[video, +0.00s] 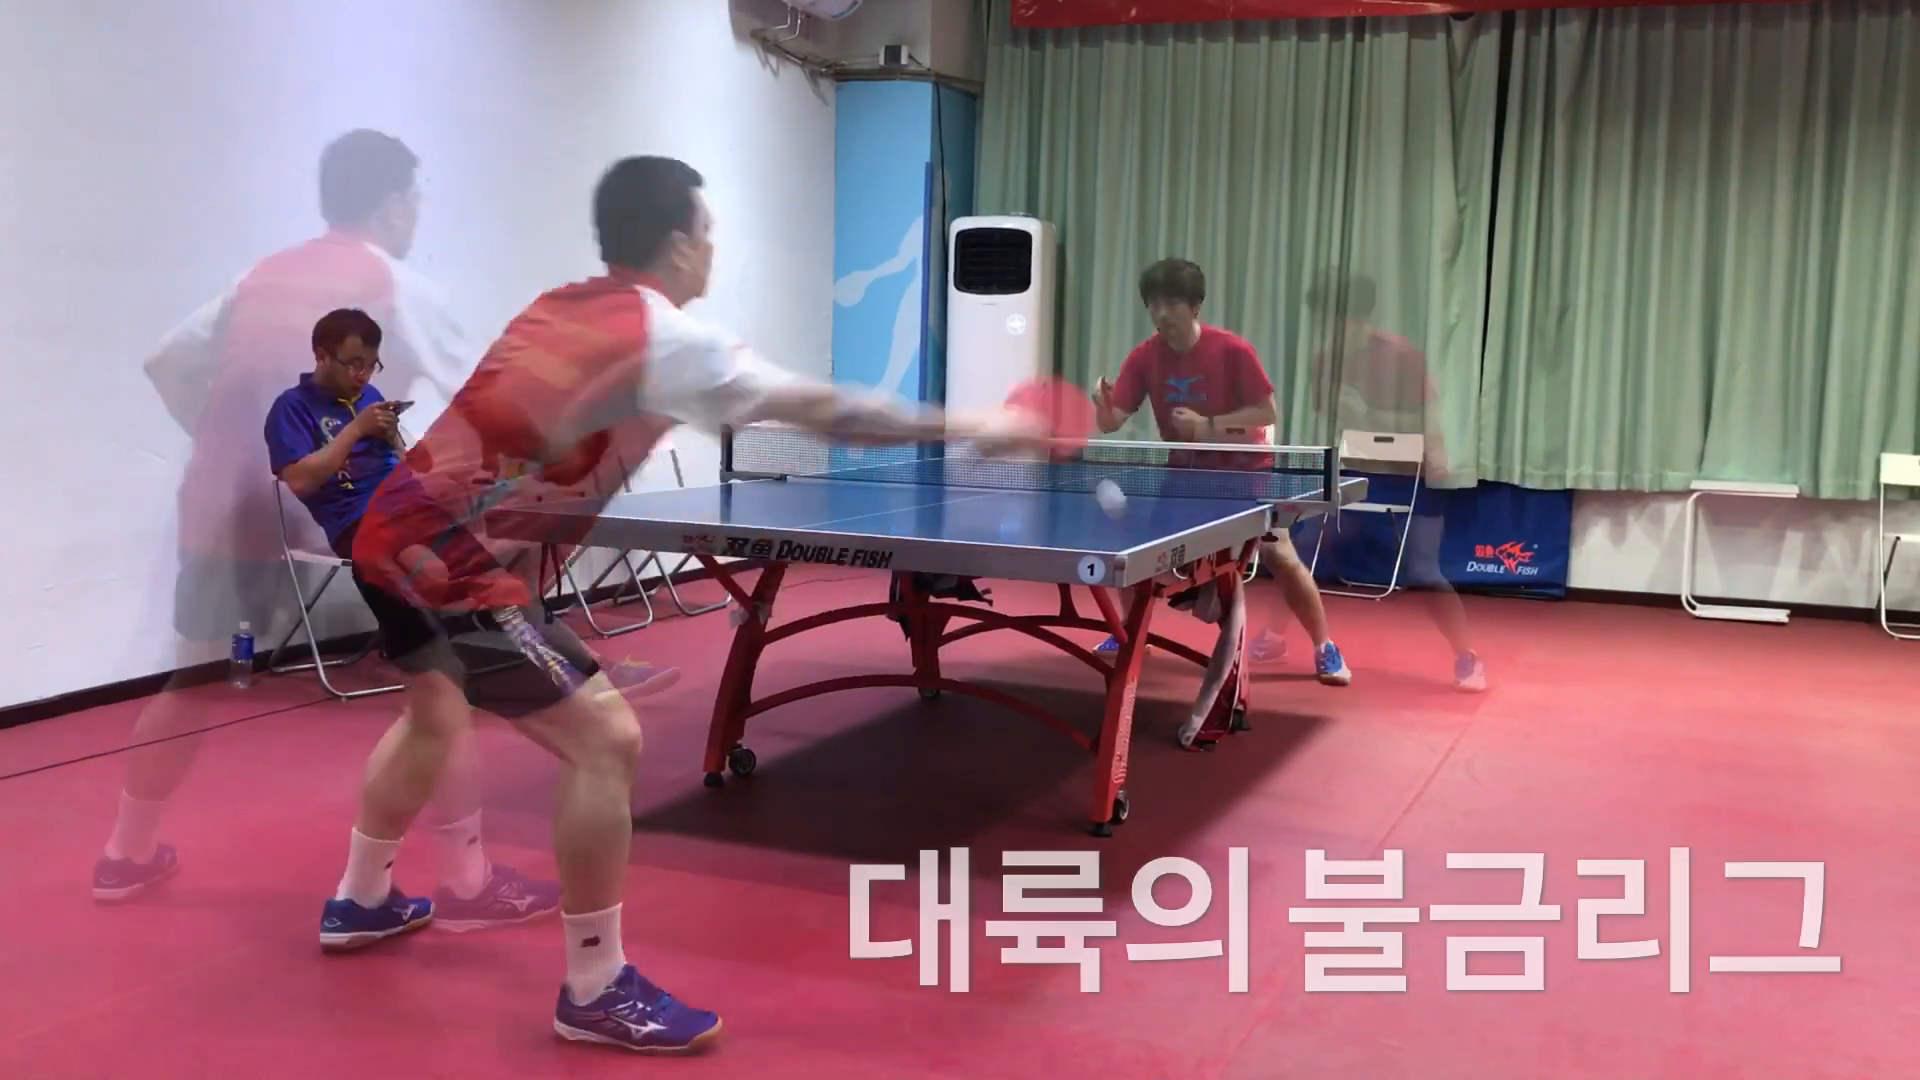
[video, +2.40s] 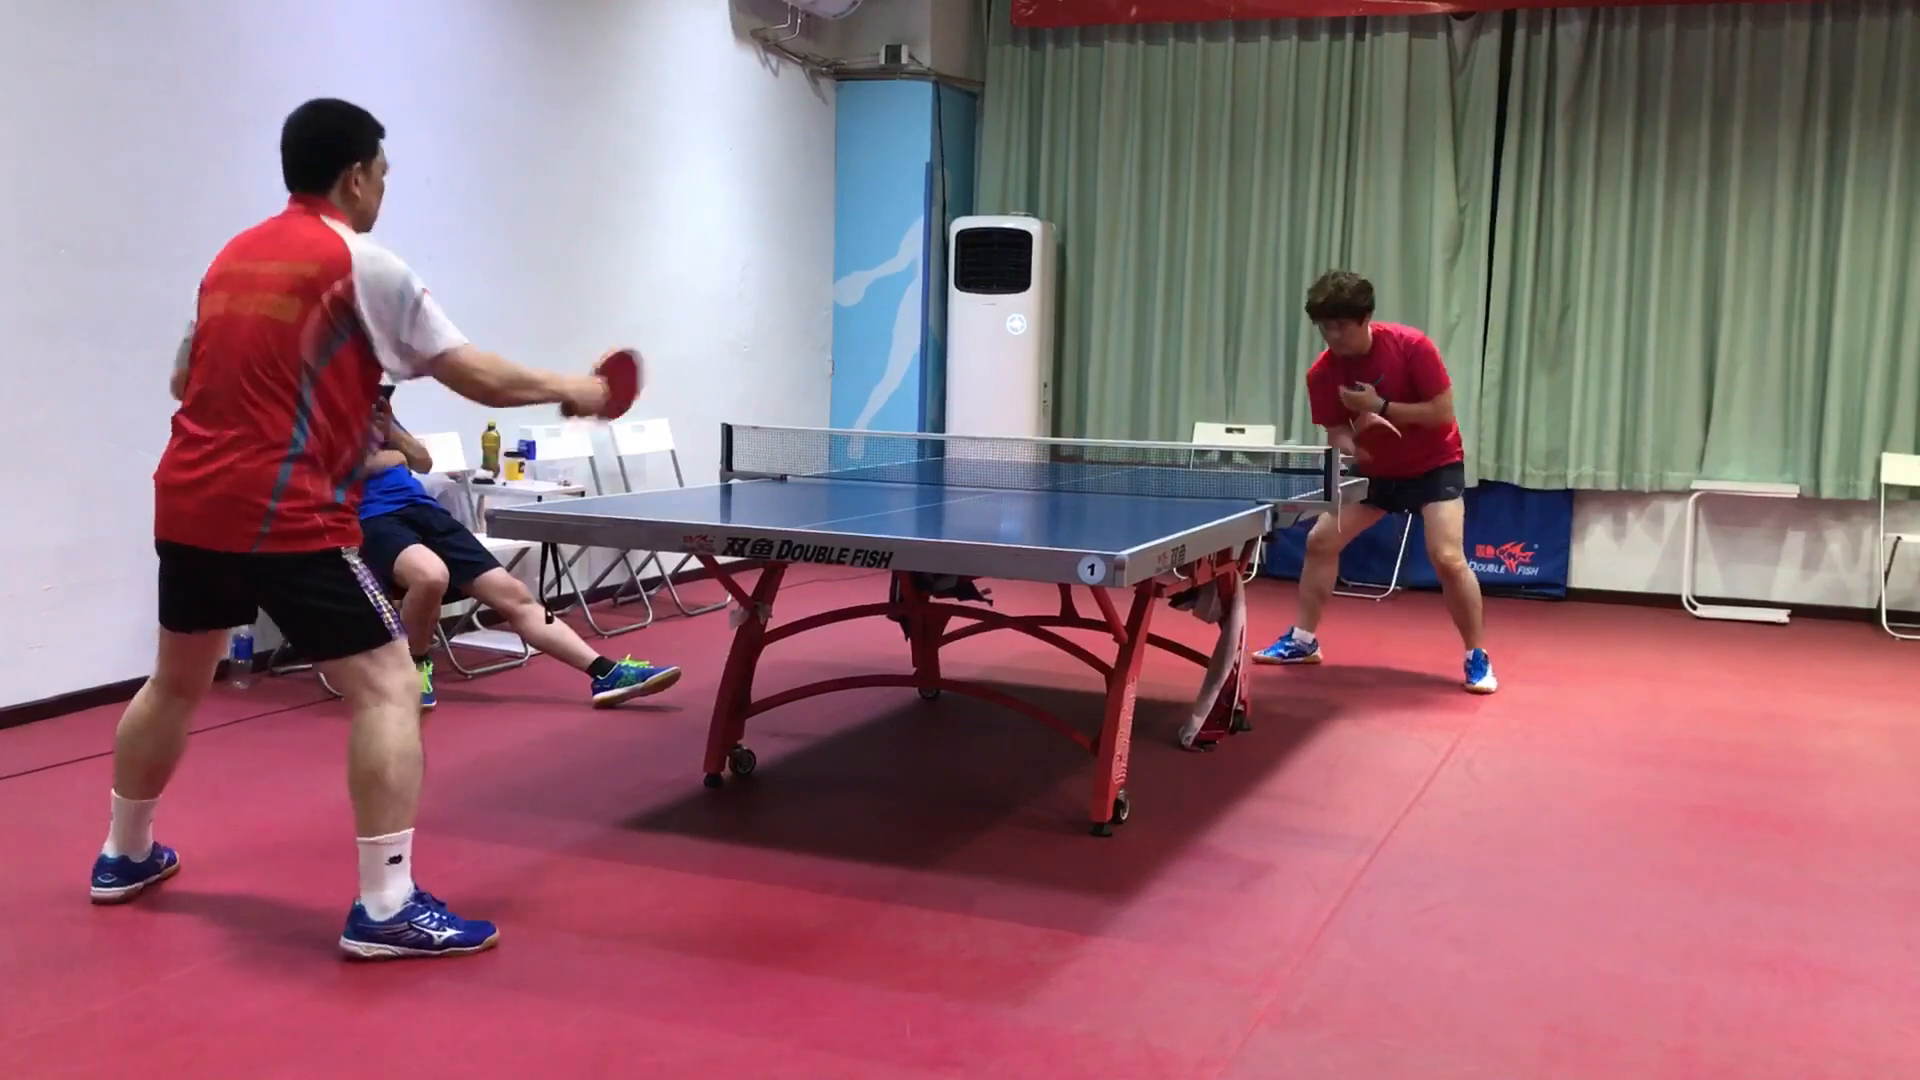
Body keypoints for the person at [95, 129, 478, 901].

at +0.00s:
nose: (419, 211)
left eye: (416, 196)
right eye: (413, 196)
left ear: (330, 199)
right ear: (390, 203)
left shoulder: (264, 276)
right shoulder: (395, 287)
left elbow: (168, 362)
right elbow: (472, 391)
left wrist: (230, 444)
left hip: (220, 505)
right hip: (337, 512)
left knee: (197, 672)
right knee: (437, 673)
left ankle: (127, 854)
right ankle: (466, 874)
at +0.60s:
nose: (435, 260)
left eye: (435, 245)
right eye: (433, 245)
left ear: (346, 244)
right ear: (409, 251)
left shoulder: (275, 300)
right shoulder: (410, 342)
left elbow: (179, 389)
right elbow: (535, 429)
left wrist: (265, 442)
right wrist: (604, 411)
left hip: (166, 542)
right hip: (271, 563)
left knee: (191, 685)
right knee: (416, 694)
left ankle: (127, 853)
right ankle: (384, 908)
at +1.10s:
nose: (414, 224)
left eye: (413, 208)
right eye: (412, 209)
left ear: (329, 207)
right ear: (386, 211)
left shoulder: (266, 275)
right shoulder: (367, 294)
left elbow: (278, 438)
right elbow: (427, 431)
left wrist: (392, 457)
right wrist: (488, 459)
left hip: (165, 521)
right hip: (256, 534)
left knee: (192, 680)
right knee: (375, 691)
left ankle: (126, 853)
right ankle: (370, 914)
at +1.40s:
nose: (418, 229)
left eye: (417, 215)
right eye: (418, 215)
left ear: (331, 209)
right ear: (400, 217)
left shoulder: (257, 274)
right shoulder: (408, 312)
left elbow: (173, 380)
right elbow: (523, 392)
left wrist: (276, 397)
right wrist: (592, 387)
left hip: (165, 515)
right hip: (277, 533)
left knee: (169, 682)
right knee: (387, 692)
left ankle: (125, 849)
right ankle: (372, 911)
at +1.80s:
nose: (402, 214)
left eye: (401, 198)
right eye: (399, 198)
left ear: (313, 199)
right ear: (371, 200)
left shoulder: (247, 268)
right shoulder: (364, 278)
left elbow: (244, 411)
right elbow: (436, 404)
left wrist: (350, 453)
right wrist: (507, 436)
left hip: (173, 511)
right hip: (269, 522)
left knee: (192, 676)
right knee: (373, 687)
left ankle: (127, 850)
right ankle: (384, 908)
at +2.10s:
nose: (430, 229)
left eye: (428, 214)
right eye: (428, 214)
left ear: (344, 211)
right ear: (407, 217)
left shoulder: (269, 274)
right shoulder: (409, 309)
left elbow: (184, 380)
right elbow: (515, 422)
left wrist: (299, 404)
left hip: (179, 519)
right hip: (284, 535)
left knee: (181, 680)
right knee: (404, 689)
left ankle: (125, 851)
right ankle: (386, 908)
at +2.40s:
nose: (385, 184)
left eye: (382, 169)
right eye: (380, 170)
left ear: (298, 177)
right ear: (354, 176)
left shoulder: (233, 256)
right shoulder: (366, 267)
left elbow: (186, 383)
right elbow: (465, 373)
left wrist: (304, 415)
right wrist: (571, 387)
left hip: (190, 511)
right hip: (292, 518)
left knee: (174, 684)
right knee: (385, 685)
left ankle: (124, 854)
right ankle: (387, 905)